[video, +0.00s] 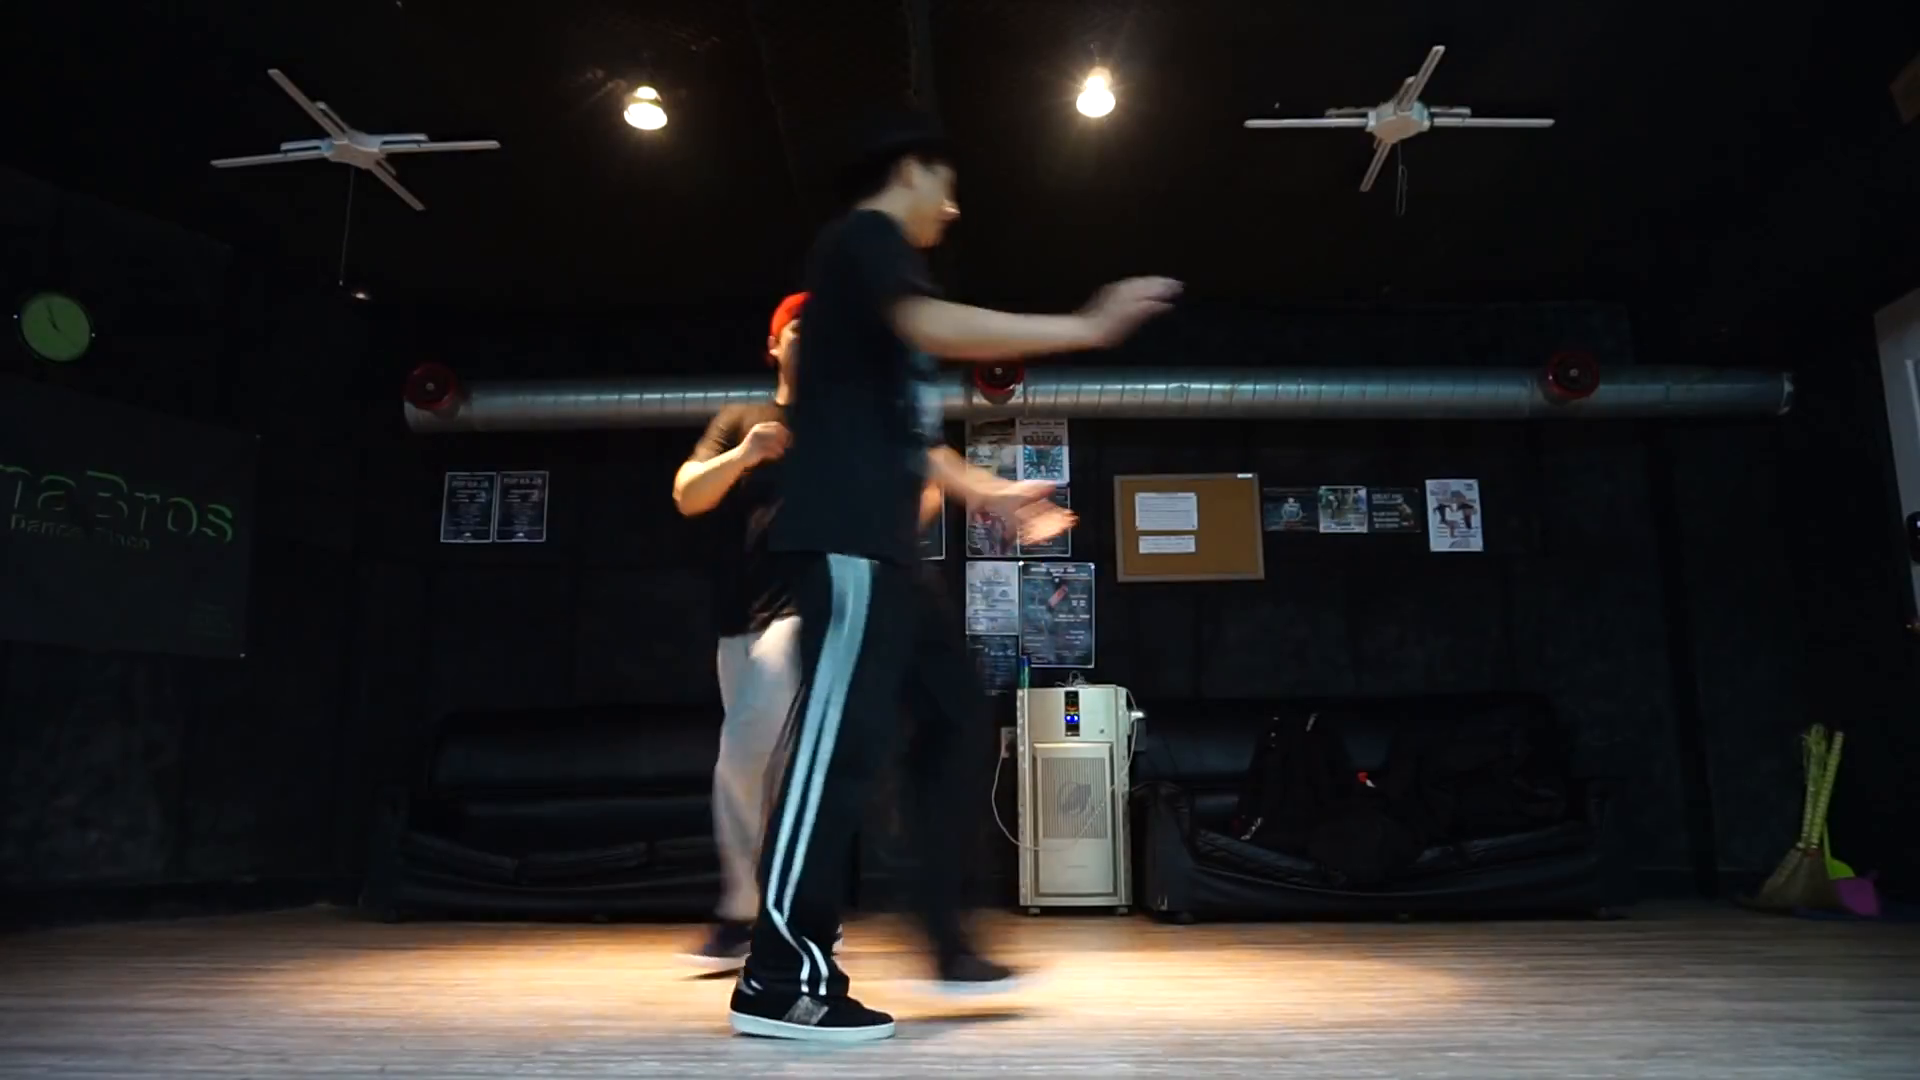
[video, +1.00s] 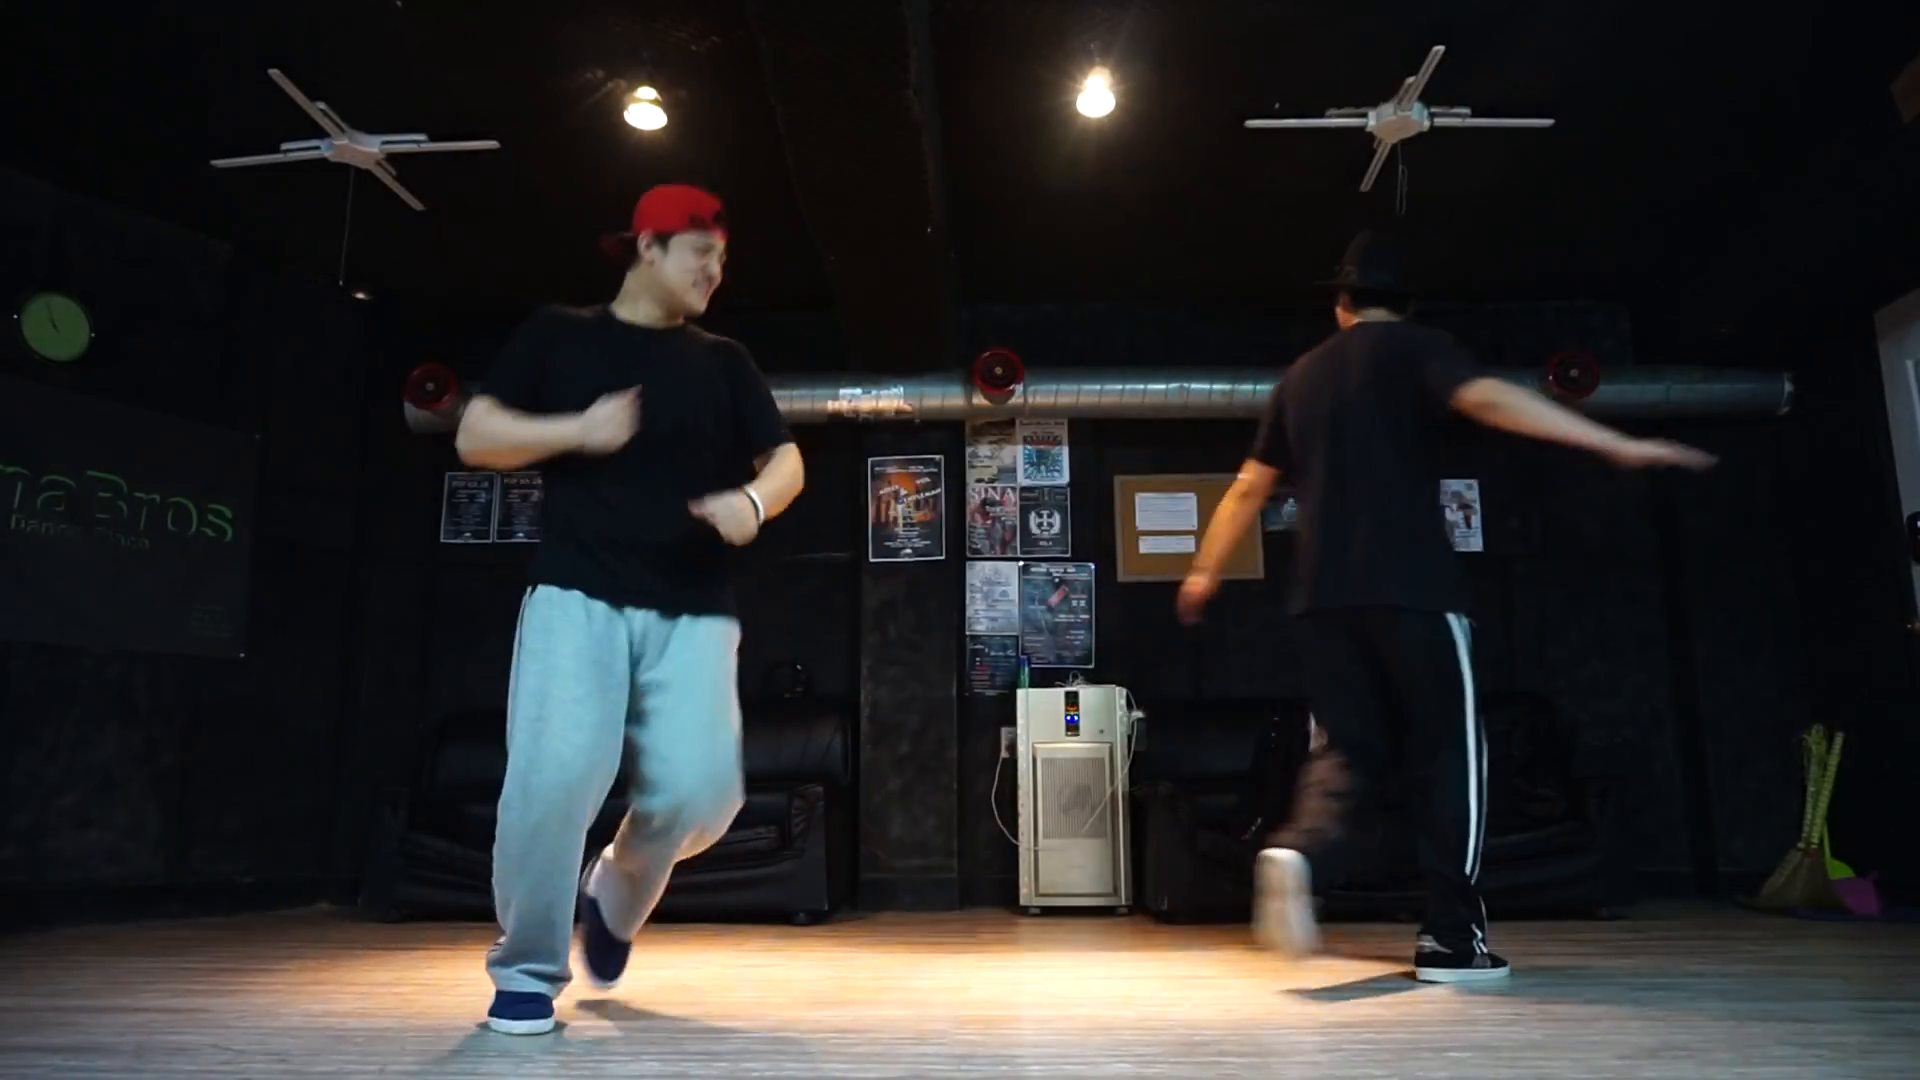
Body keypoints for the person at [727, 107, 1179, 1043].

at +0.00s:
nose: (952, 201)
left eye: (951, 184)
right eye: (944, 181)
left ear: (903, 176)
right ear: (907, 172)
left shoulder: (875, 271)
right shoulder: (864, 238)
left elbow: (905, 443)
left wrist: (997, 496)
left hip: (886, 547)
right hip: (848, 547)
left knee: (954, 720)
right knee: (831, 747)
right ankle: (783, 975)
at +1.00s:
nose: (1354, 309)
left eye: (1347, 297)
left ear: (1339, 301)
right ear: (1408, 298)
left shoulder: (1300, 379)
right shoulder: (1417, 353)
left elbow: (1249, 488)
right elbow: (1494, 401)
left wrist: (1205, 569)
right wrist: (1617, 443)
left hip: (1327, 598)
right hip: (1416, 590)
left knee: (1349, 749)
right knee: (1451, 753)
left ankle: (1296, 853)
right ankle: (1452, 936)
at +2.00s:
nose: (1432, 406)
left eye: (1435, 390)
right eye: (1429, 394)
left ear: (1468, 381)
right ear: (1484, 382)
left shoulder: (1463, 439)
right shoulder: (1551, 435)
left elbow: (1436, 488)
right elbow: (1635, 484)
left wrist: (1384, 554)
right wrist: (1703, 536)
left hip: (1494, 629)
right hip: (1563, 624)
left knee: (1508, 765)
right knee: (1562, 752)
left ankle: (1571, 916)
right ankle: (1557, 892)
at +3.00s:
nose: (1438, 393)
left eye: (1450, 385)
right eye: (1427, 385)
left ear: (1470, 401)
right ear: (1410, 402)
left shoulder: (1496, 463)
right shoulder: (1405, 480)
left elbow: (1548, 534)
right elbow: (1399, 564)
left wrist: (1595, 608)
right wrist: (1389, 639)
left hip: (1481, 639)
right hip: (1420, 644)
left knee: (1480, 770)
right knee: (1422, 764)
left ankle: (1478, 900)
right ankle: (1452, 883)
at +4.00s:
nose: (1471, 382)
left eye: (1475, 375)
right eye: (1456, 374)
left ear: (1482, 393)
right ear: (1426, 392)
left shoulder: (1493, 467)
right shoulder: (1410, 456)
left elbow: (1529, 537)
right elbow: (1441, 527)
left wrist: (1574, 597)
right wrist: (1521, 575)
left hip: (1492, 630)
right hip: (1431, 631)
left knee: (1502, 765)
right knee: (1421, 767)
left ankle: (1499, 910)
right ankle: (1397, 903)